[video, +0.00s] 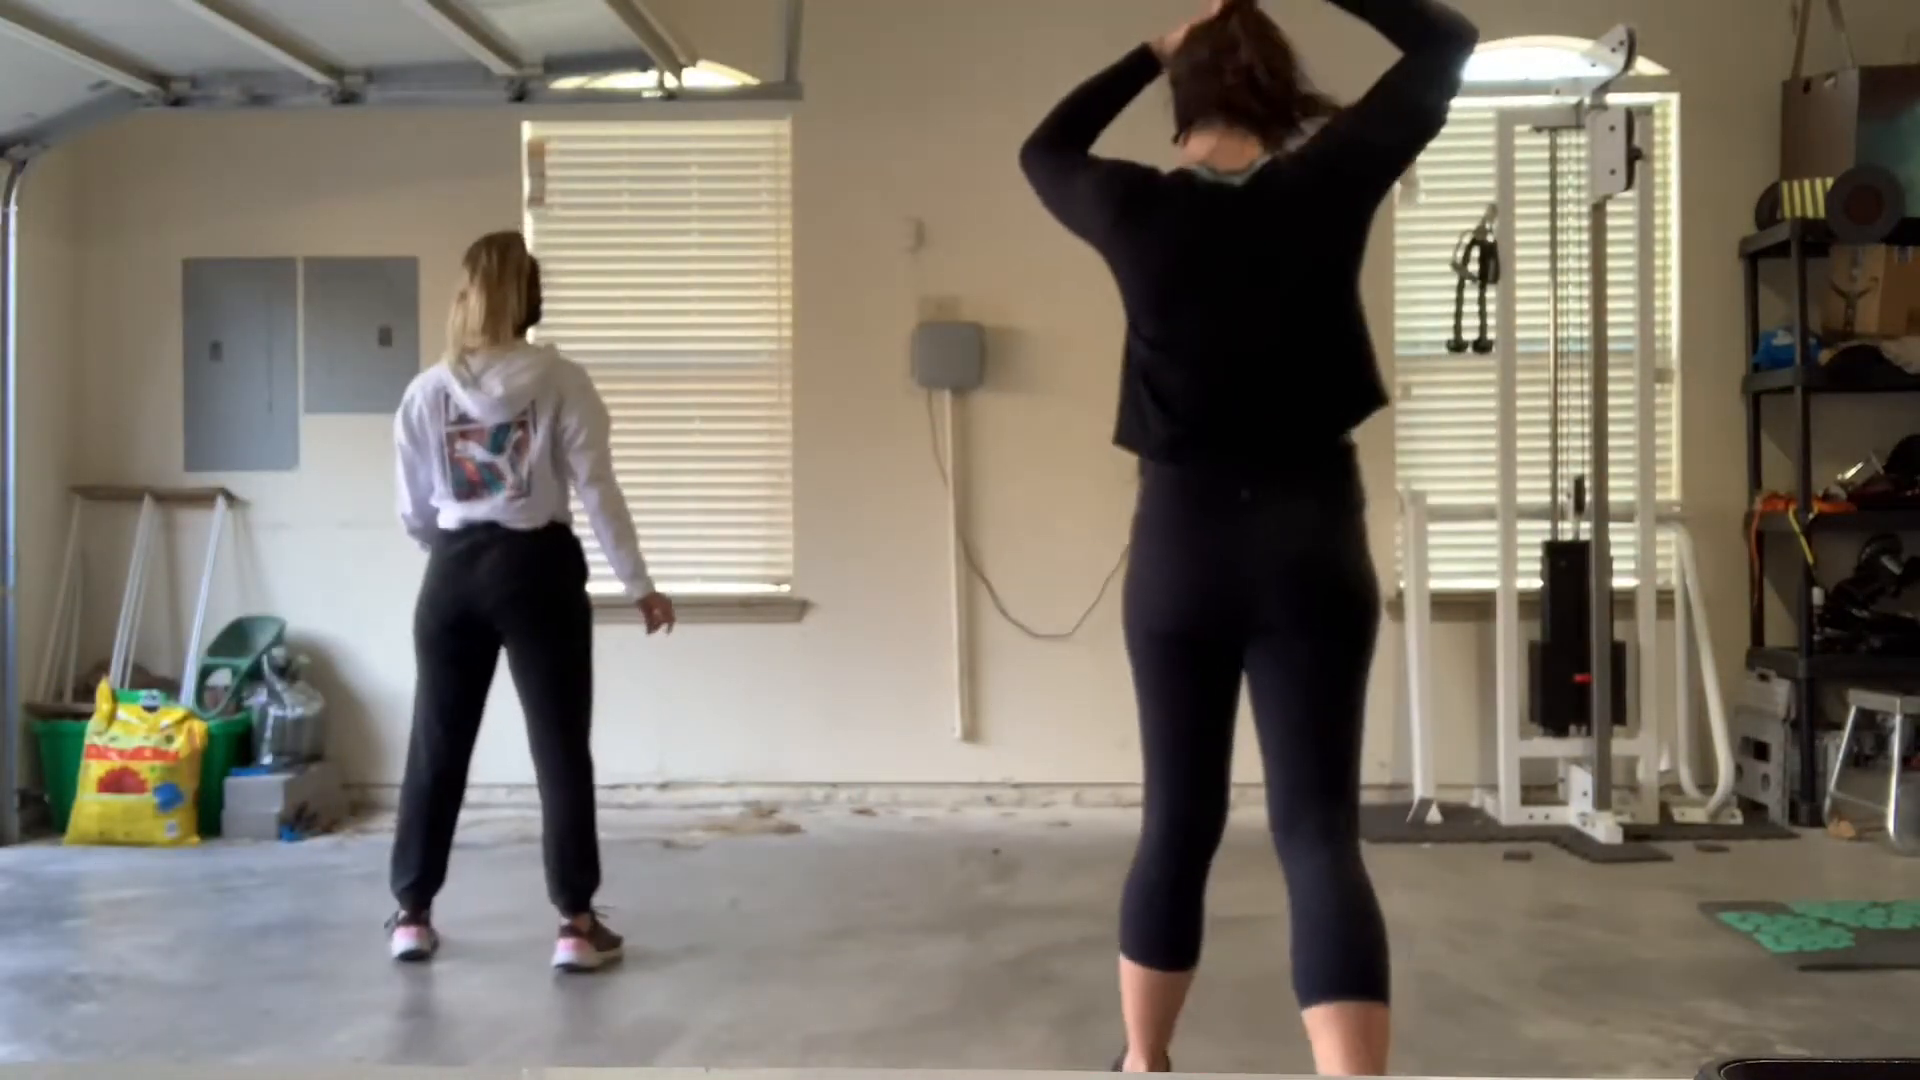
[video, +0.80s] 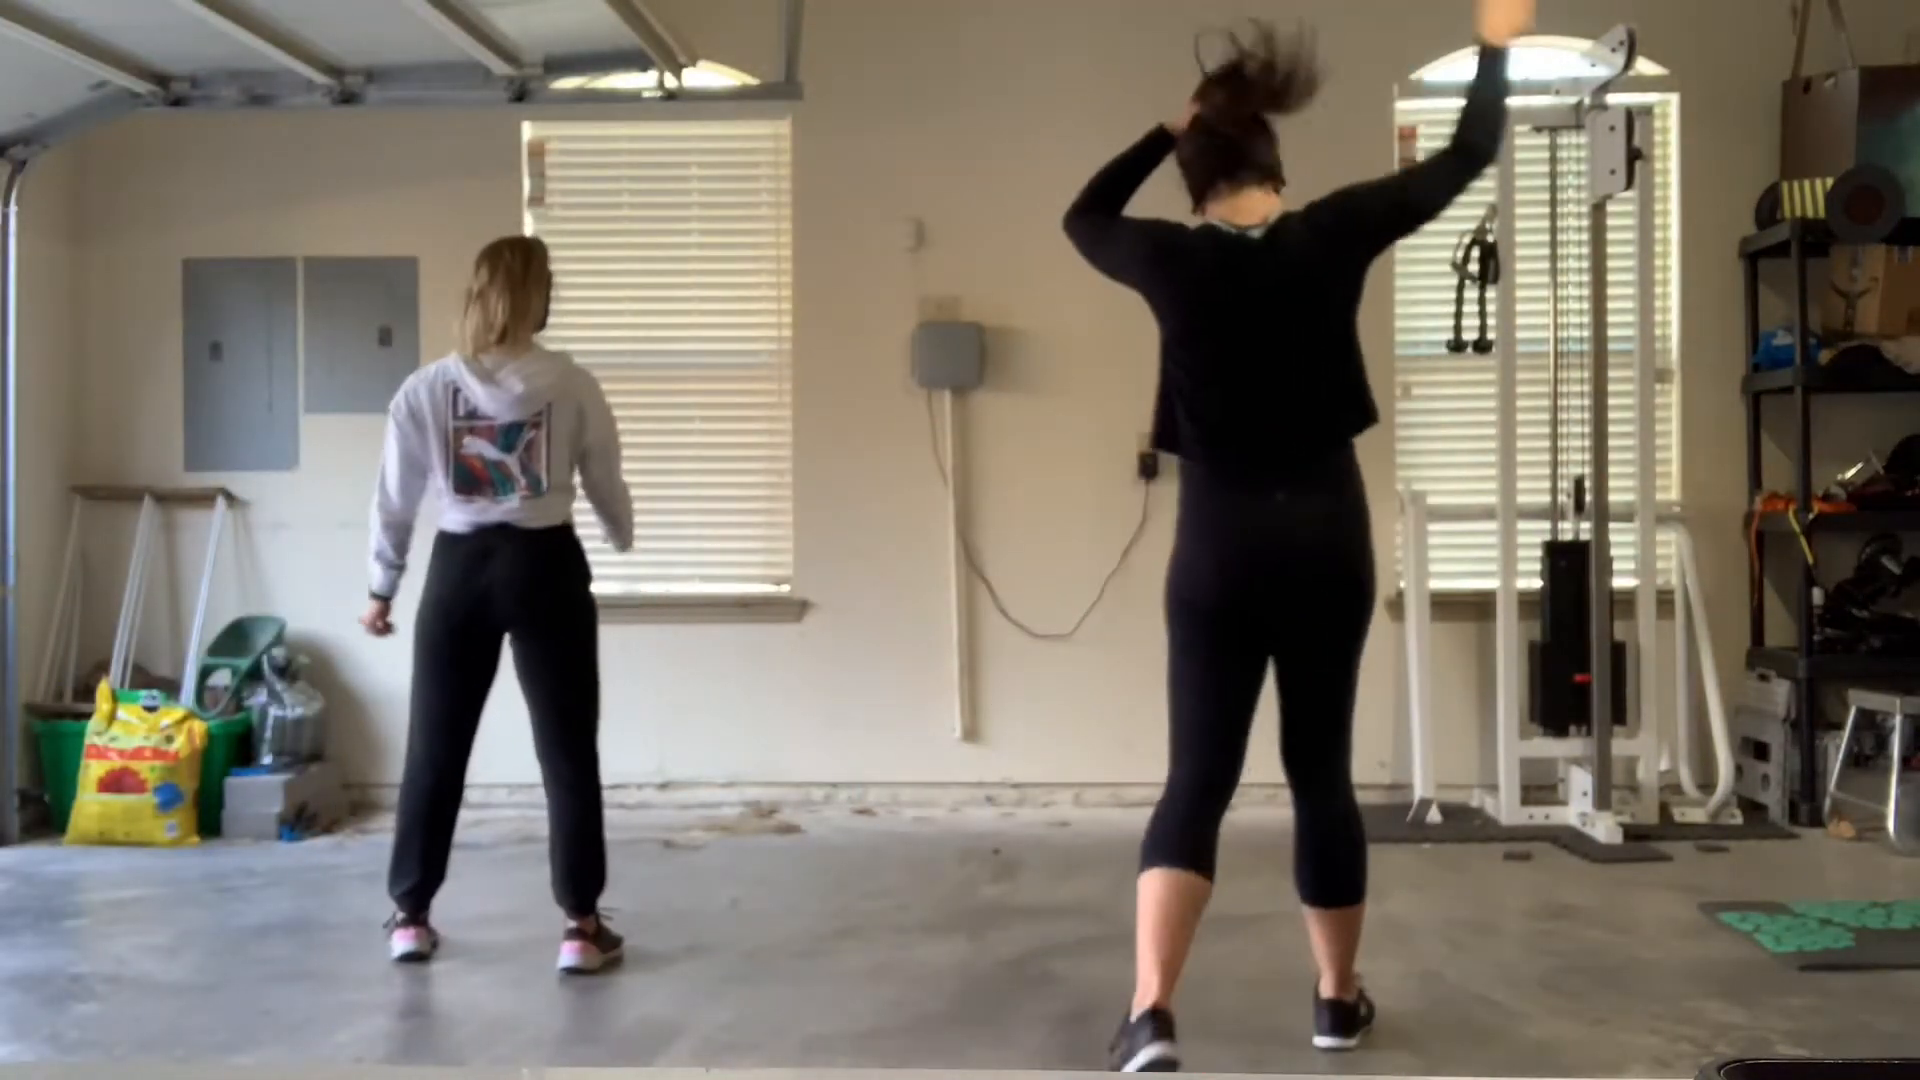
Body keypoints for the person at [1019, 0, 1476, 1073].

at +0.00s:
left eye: (1188, 104)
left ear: (1176, 107)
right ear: (1288, 98)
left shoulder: (1139, 211)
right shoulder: (1332, 188)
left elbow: (1047, 151)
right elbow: (1446, 41)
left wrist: (1148, 53)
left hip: (1180, 551)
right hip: (1314, 547)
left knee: (1176, 822)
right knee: (1320, 829)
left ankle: (1141, 1064)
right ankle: (1354, 1073)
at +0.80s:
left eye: (1197, 177)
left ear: (1195, 181)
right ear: (1278, 165)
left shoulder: (1173, 259)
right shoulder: (1336, 235)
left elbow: (1084, 216)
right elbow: (1470, 151)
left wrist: (1157, 139)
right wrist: (1495, 45)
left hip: (1217, 552)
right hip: (1331, 548)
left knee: (1194, 784)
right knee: (1323, 778)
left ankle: (1150, 1014)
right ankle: (1337, 999)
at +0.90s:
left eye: (1205, 182)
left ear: (1198, 191)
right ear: (1283, 171)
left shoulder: (1189, 270)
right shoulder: (1355, 244)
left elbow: (1101, 229)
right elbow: (1492, 228)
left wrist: (1163, 148)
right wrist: (1519, 160)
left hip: (1240, 555)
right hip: (1351, 551)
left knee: (1204, 768)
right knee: (1336, 773)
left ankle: (1177, 967)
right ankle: (1337, 997)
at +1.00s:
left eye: (1224, 191)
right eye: (1277, 178)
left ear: (1209, 195)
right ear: (1291, 175)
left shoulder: (1203, 271)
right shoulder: (1367, 251)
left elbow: (1111, 234)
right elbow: (1491, 290)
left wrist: (1167, 150)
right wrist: (1499, 264)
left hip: (1253, 548)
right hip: (1362, 543)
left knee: (1214, 759)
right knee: (1339, 766)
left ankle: (1202, 958)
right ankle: (1338, 994)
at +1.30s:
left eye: (1232, 205)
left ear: (1219, 205)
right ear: (1298, 187)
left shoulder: (1209, 277)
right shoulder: (1363, 265)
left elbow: (1116, 236)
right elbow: (1456, 364)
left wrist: (1188, 156)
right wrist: (1366, 396)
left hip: (1250, 541)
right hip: (1355, 540)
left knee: (1218, 743)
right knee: (1332, 756)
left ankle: (1166, 939)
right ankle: (1335, 992)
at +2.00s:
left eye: (1148, 216)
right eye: (1191, 213)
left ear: (1132, 222)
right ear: (1209, 218)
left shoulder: (1112, 293)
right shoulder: (1244, 291)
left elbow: (1058, 237)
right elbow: (1325, 322)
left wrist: (1122, 172)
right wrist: (1268, 239)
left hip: (1127, 537)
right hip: (1222, 536)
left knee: (1157, 727)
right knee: (1250, 722)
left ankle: (1158, 934)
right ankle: (1247, 912)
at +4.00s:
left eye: (1178, 229)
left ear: (1181, 241)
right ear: (1257, 224)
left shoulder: (1184, 319)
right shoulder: (1318, 305)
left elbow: (1076, 273)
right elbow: (1374, 274)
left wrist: (1142, 207)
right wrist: (1305, 207)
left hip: (1210, 545)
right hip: (1303, 543)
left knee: (1165, 729)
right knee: (1325, 731)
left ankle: (1145, 928)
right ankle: (1377, 931)